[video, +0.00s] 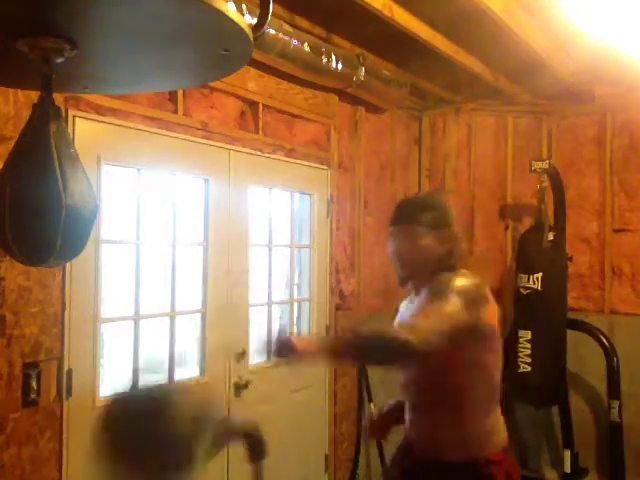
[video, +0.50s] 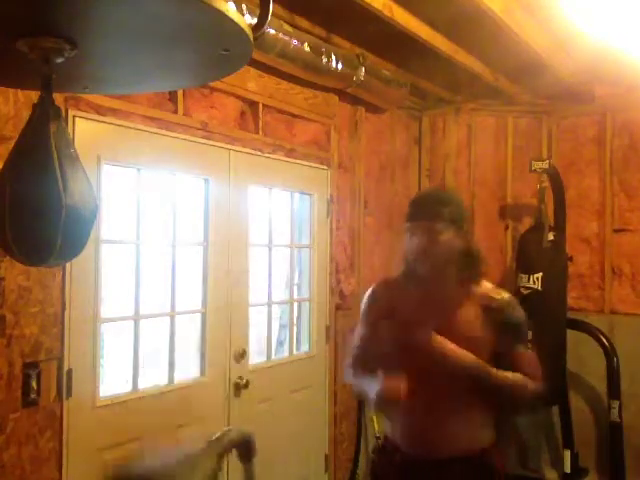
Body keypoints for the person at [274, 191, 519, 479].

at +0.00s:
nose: (394, 252)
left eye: (406, 239)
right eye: (393, 240)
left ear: (442, 241)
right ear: (390, 243)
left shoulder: (463, 290)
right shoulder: (411, 304)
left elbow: (412, 342)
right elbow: (433, 384)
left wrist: (316, 346)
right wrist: (392, 414)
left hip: (474, 462)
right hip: (421, 458)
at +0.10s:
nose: (399, 252)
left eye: (413, 240)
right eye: (397, 240)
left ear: (446, 243)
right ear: (392, 245)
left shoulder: (474, 296)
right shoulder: (406, 309)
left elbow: (492, 379)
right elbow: (415, 380)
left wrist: (402, 391)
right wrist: (380, 394)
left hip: (478, 462)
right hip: (421, 458)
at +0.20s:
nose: (414, 247)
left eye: (428, 234)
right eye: (410, 234)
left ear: (460, 237)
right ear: (404, 239)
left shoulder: (501, 299)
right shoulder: (396, 302)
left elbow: (552, 378)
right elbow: (381, 373)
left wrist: (498, 398)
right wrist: (367, 359)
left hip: (483, 464)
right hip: (414, 462)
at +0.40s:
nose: (428, 243)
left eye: (441, 232)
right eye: (420, 232)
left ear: (470, 239)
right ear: (413, 237)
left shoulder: (505, 304)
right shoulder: (392, 292)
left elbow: (542, 386)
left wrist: (490, 380)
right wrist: (357, 336)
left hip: (478, 464)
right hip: (406, 462)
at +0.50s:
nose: (422, 244)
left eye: (435, 233)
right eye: (413, 233)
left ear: (461, 237)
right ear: (405, 239)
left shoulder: (497, 306)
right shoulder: (383, 298)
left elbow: (532, 388)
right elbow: (356, 369)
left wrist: (460, 361)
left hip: (472, 464)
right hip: (400, 464)